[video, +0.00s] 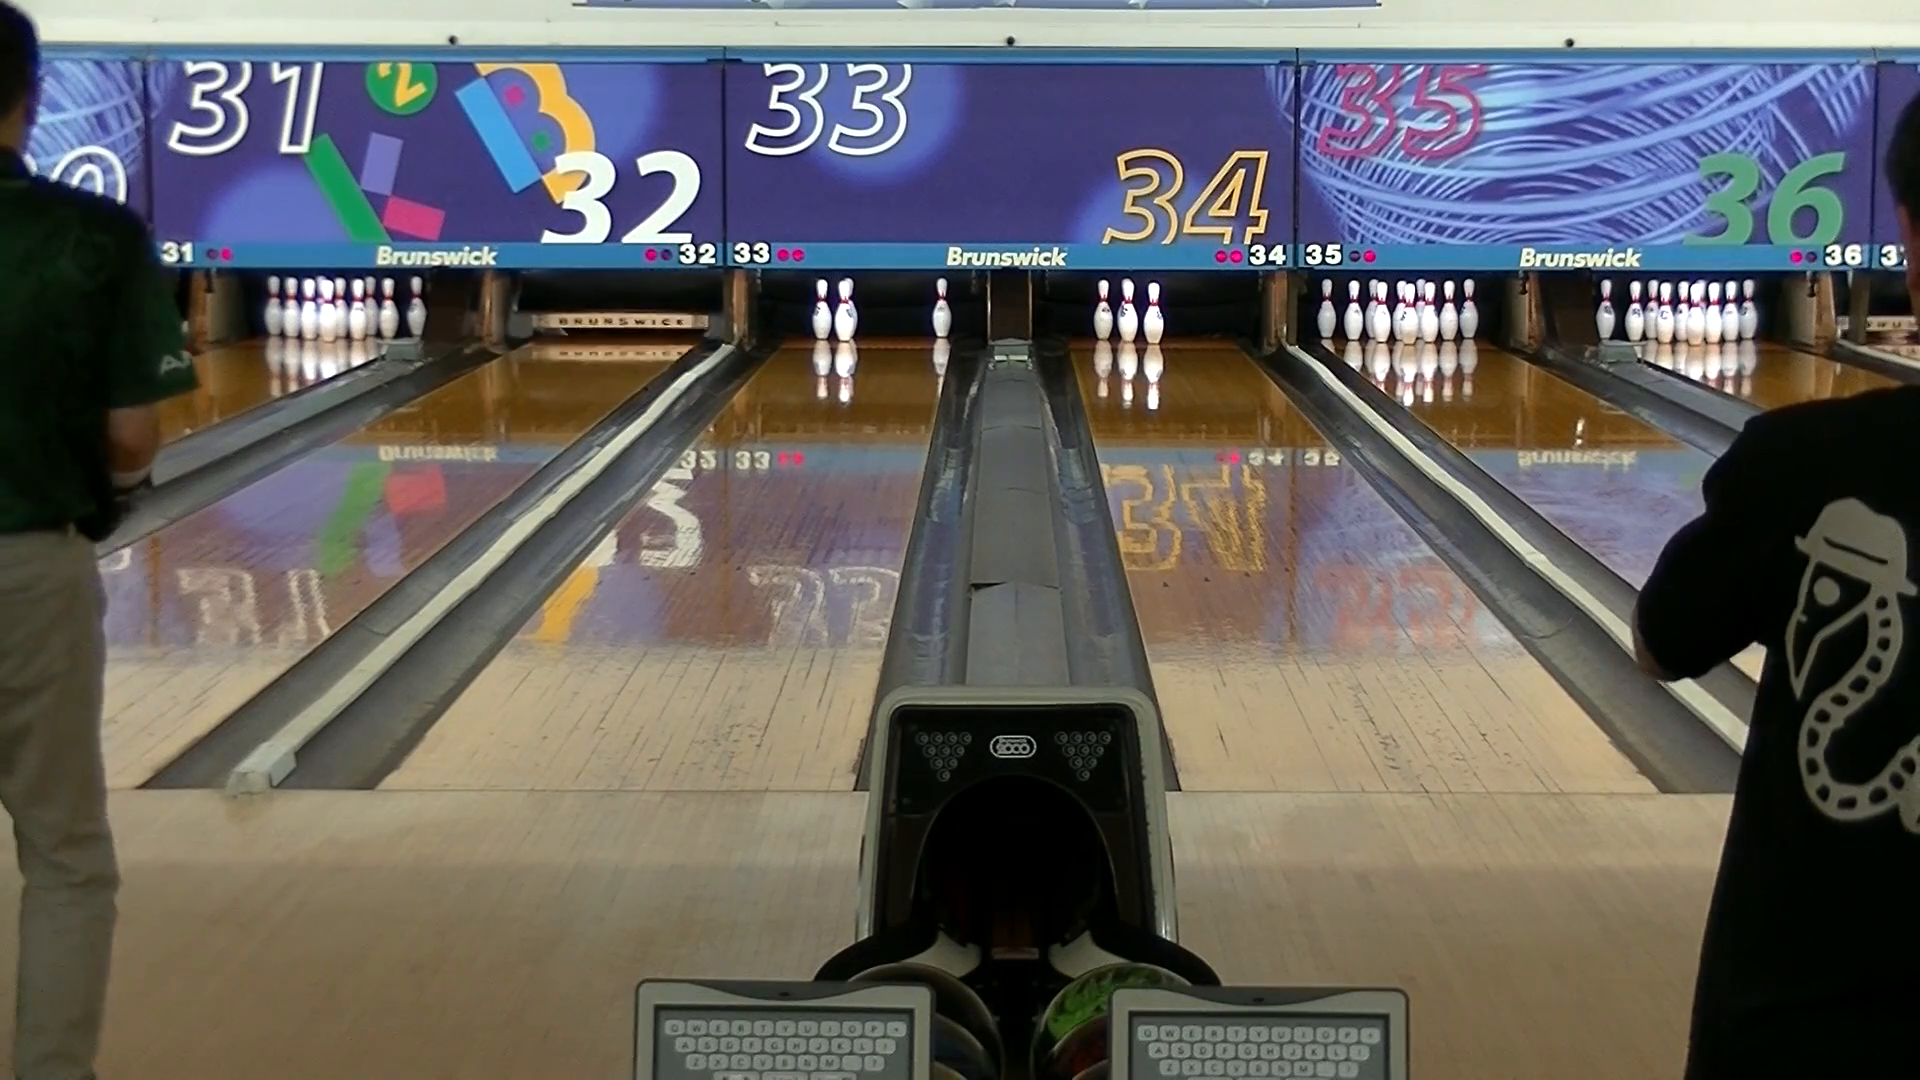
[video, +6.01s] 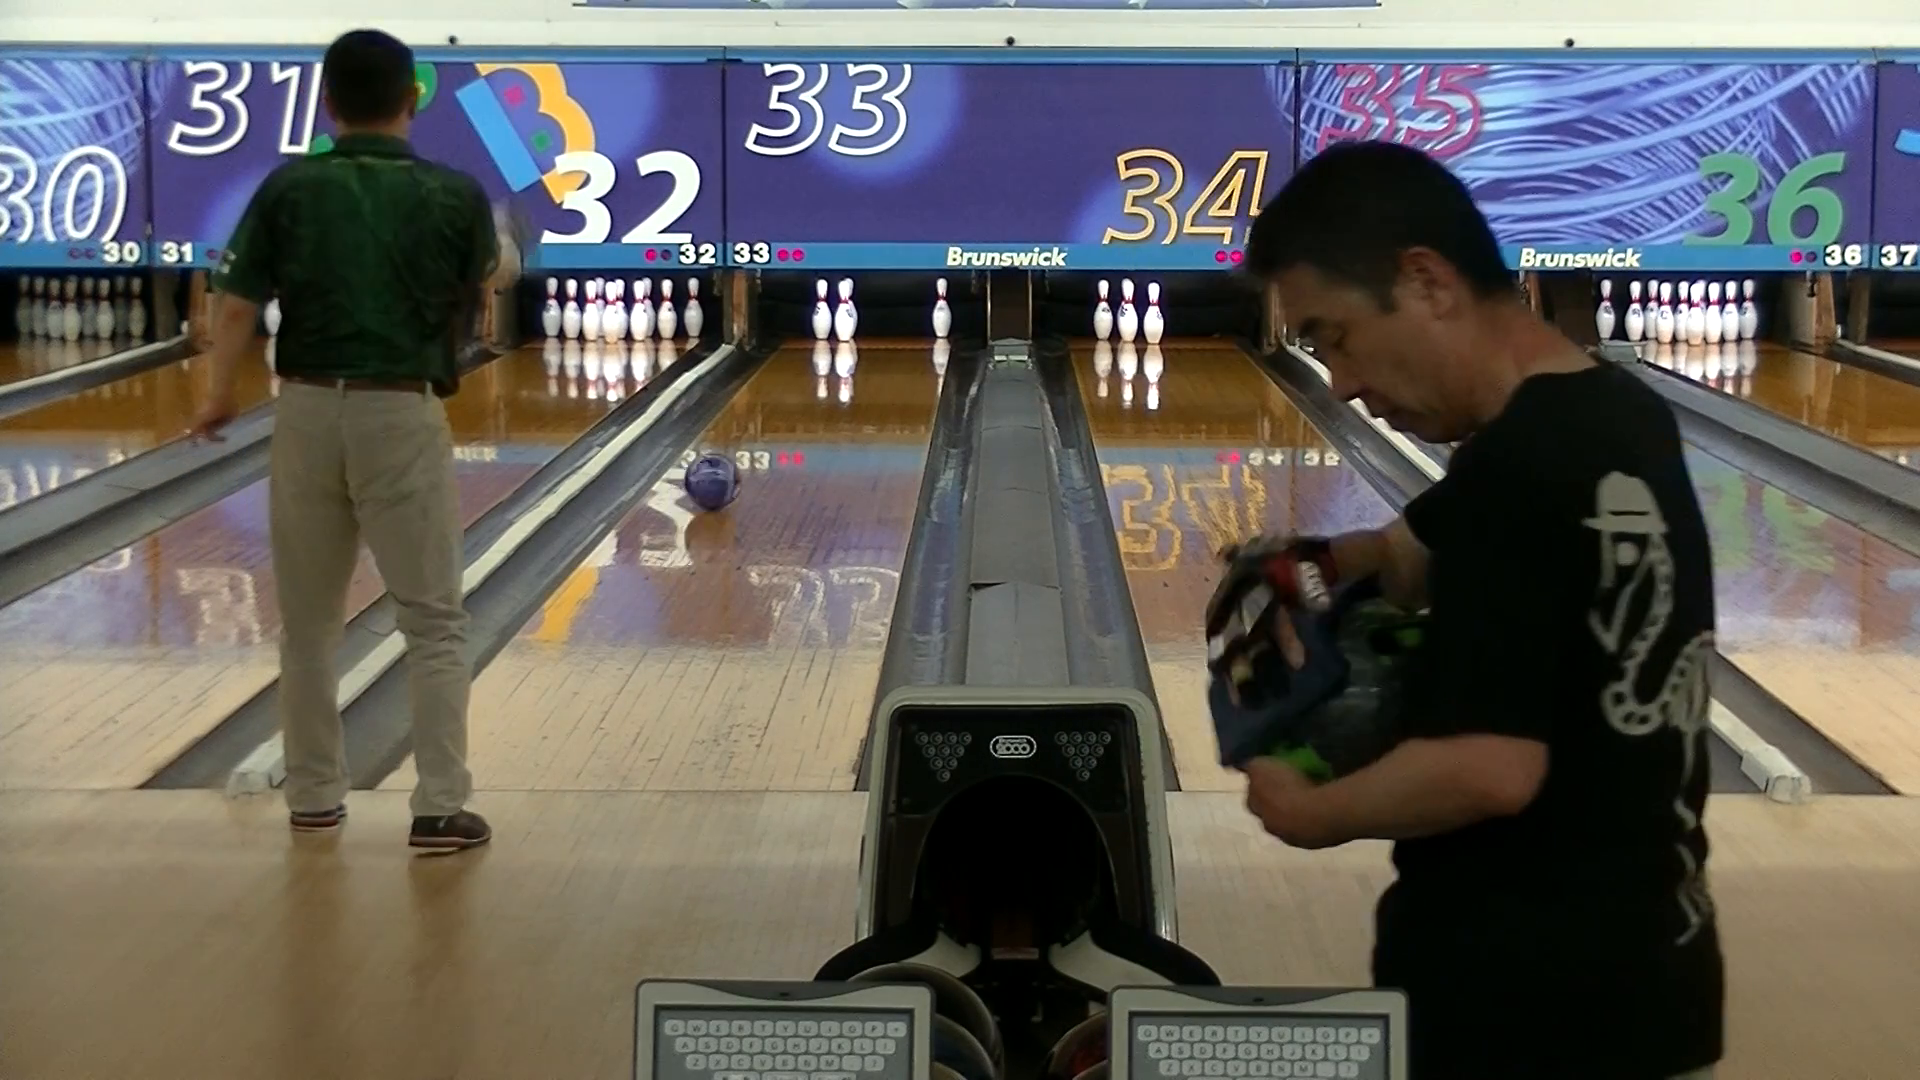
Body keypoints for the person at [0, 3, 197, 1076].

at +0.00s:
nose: (33, 104)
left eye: (23, 85)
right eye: (32, 84)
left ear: (11, 94)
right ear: (23, 96)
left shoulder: (86, 232)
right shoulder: (87, 233)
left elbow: (126, 442)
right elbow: (132, 443)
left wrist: (92, 445)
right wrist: (87, 451)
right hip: (30, 567)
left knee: (61, 852)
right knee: (63, 856)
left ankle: (49, 1064)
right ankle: (51, 1071)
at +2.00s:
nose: (56, 120)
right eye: (61, 101)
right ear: (64, 115)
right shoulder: (123, 247)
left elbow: (152, 390)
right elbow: (154, 390)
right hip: (52, 575)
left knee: (71, 863)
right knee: (78, 868)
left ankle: (45, 1062)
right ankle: (59, 1070)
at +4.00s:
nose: (235, 242)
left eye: (230, 228)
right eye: (235, 228)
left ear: (132, 217)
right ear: (222, 224)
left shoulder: (55, 277)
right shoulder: (228, 303)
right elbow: (217, 417)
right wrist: (206, 512)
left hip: (4, 513)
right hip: (105, 515)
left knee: (47, 776)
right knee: (131, 777)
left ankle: (70, 991)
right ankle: (92, 1005)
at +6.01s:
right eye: (412, 91)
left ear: (325, 102)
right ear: (411, 100)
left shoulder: (288, 187)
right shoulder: (452, 193)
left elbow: (237, 306)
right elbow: (475, 295)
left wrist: (220, 399)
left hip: (303, 421)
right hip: (400, 422)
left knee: (307, 625)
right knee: (434, 624)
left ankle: (313, 796)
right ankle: (440, 810)